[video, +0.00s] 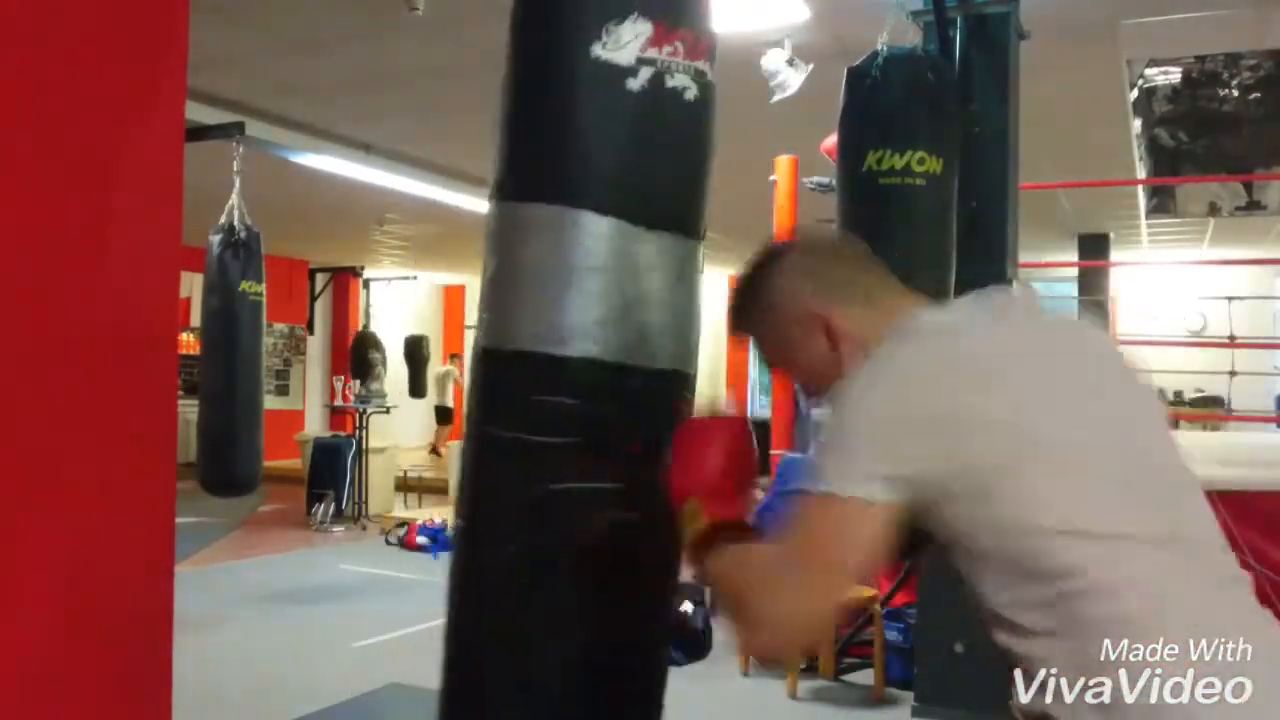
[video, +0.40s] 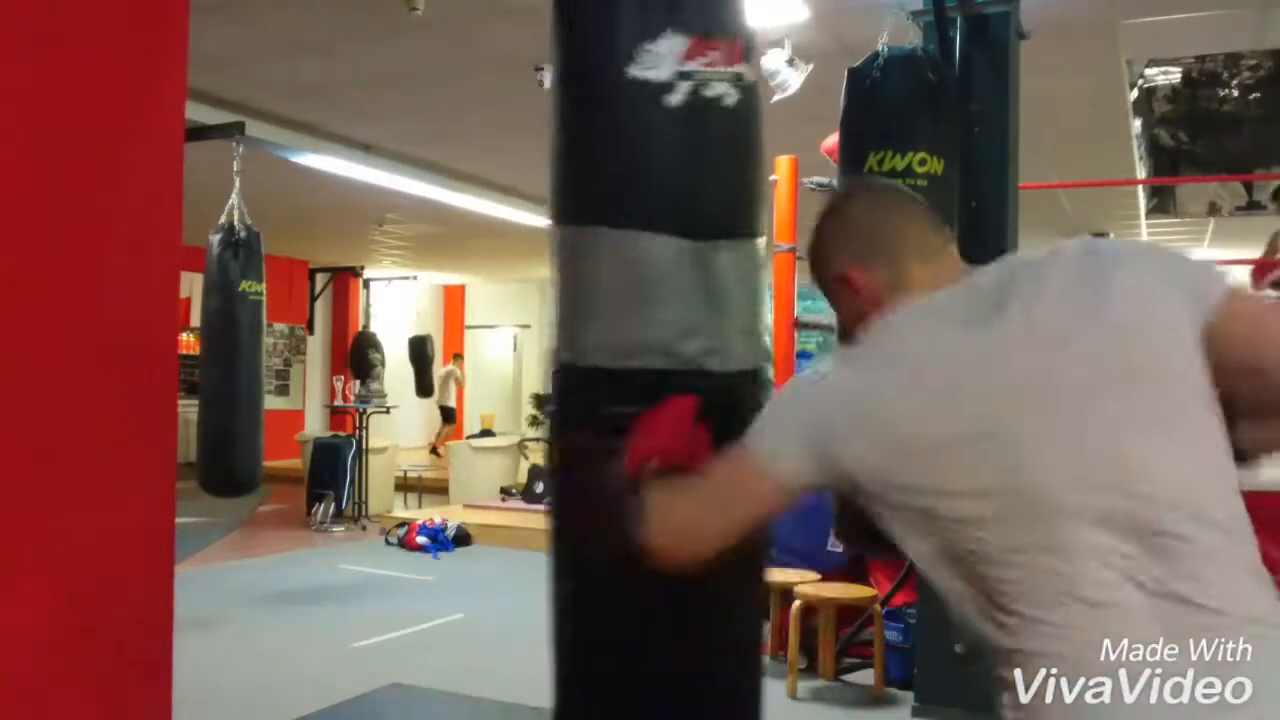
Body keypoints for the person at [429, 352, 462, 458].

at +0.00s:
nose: (458, 364)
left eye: (459, 362)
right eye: (458, 362)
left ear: (449, 360)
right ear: (454, 361)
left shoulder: (438, 370)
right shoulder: (453, 370)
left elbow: (437, 386)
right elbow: (460, 383)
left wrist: (440, 396)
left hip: (438, 402)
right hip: (448, 403)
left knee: (440, 425)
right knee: (448, 425)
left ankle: (435, 445)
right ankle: (438, 445)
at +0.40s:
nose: (461, 364)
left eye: (462, 362)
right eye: (461, 362)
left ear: (453, 360)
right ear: (458, 360)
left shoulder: (443, 370)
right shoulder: (454, 370)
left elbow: (441, 386)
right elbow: (460, 384)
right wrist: (462, 373)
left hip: (441, 401)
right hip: (449, 402)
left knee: (444, 424)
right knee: (451, 423)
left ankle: (435, 445)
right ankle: (436, 445)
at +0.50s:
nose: (462, 365)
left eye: (463, 363)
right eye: (462, 363)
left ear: (454, 361)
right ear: (458, 361)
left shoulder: (445, 371)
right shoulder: (455, 371)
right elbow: (461, 384)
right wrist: (463, 373)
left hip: (443, 402)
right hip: (450, 403)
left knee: (444, 426)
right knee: (451, 426)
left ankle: (436, 445)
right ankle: (437, 445)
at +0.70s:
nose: (465, 363)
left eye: (465, 361)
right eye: (464, 360)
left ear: (458, 359)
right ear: (461, 359)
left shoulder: (449, 369)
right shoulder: (457, 369)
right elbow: (463, 381)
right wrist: (466, 371)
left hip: (445, 399)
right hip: (452, 400)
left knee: (451, 424)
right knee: (454, 424)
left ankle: (450, 442)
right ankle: (450, 443)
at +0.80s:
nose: (466, 363)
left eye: (466, 361)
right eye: (466, 361)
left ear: (458, 359)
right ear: (462, 359)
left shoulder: (449, 369)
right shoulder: (457, 369)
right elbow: (466, 381)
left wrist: (466, 373)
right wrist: (468, 372)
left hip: (446, 400)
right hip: (453, 401)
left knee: (451, 425)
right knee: (456, 425)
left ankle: (450, 443)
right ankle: (452, 443)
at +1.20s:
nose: (468, 367)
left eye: (468, 365)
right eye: (467, 365)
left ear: (461, 363)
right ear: (464, 364)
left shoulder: (452, 373)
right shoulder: (458, 374)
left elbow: (463, 388)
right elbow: (465, 388)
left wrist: (468, 379)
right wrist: (470, 378)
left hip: (449, 404)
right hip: (454, 405)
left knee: (454, 428)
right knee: (457, 428)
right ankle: (456, 448)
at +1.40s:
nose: (465, 365)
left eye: (465, 362)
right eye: (465, 362)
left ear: (458, 360)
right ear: (463, 361)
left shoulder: (447, 371)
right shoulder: (462, 372)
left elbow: (445, 387)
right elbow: (463, 389)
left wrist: (444, 399)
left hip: (447, 403)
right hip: (457, 403)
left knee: (450, 426)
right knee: (461, 426)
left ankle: (450, 445)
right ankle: (458, 445)